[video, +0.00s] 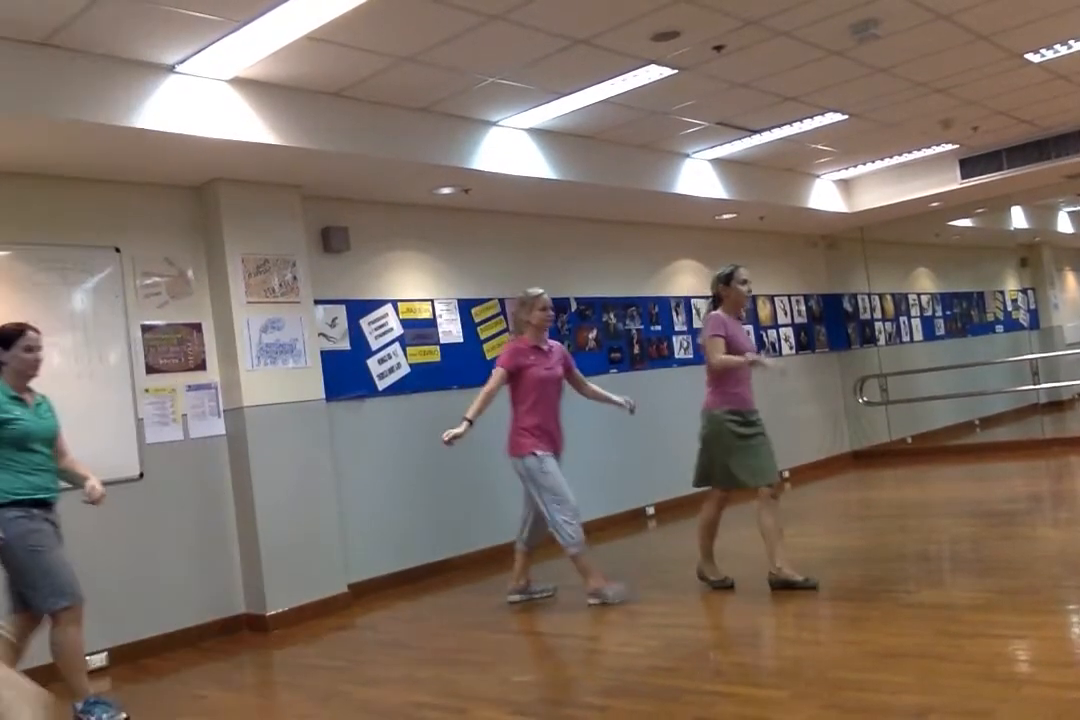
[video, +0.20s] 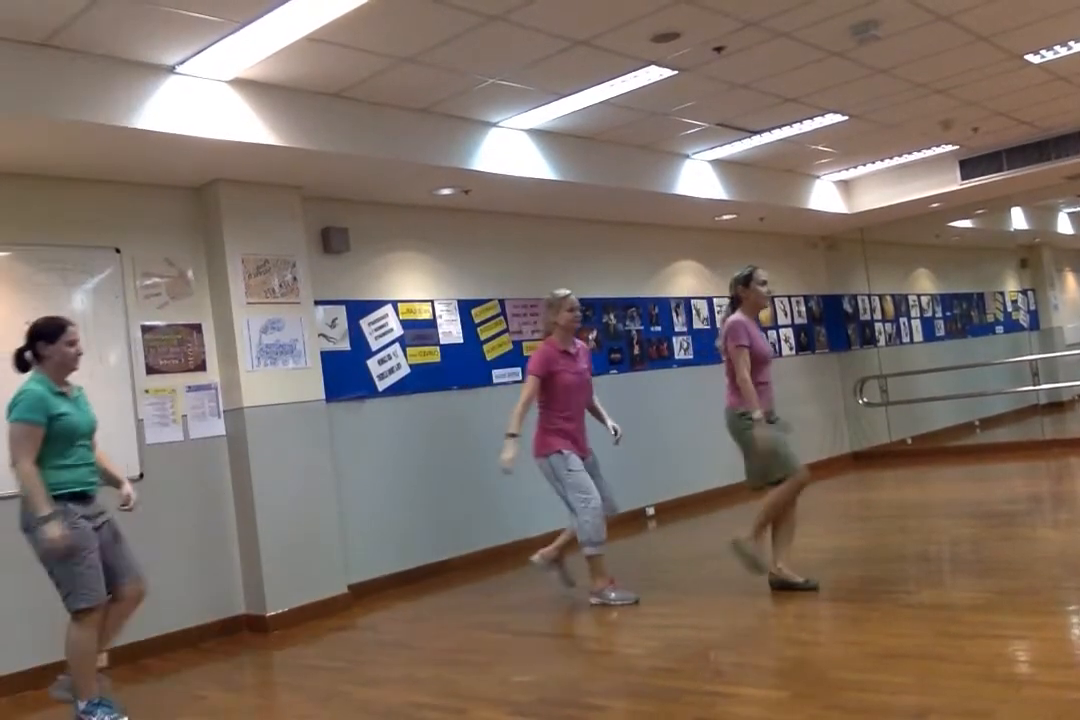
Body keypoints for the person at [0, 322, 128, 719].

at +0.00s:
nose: (37, 357)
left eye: (39, 350)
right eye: (28, 350)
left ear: (40, 355)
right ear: (5, 355)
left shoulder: (42, 403)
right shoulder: (1, 398)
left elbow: (60, 458)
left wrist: (87, 476)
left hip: (44, 511)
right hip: (13, 513)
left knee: (27, 613)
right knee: (67, 604)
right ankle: (85, 702)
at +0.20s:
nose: (78, 350)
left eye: (78, 343)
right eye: (69, 344)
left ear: (73, 348)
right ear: (43, 350)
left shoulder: (74, 391)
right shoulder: (32, 397)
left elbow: (87, 449)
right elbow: (22, 462)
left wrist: (120, 481)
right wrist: (47, 518)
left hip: (89, 505)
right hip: (56, 511)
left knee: (129, 590)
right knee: (88, 608)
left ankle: (77, 673)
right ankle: (87, 704)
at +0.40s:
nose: (109, 344)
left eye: (109, 338)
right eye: (101, 339)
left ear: (101, 344)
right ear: (74, 344)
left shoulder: (111, 388)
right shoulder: (57, 389)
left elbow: (124, 447)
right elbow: (49, 453)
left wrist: (154, 480)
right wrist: (106, 479)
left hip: (126, 500)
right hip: (81, 506)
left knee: (157, 586)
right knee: (98, 602)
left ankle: (189, 674)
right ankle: (88, 702)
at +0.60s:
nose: (134, 347)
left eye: (136, 341)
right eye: (126, 341)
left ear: (137, 344)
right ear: (101, 345)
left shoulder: (146, 389)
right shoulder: (80, 390)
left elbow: (166, 442)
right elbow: (74, 452)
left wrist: (194, 478)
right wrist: (127, 453)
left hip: (154, 497)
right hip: (105, 504)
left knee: (178, 583)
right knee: (127, 594)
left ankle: (190, 675)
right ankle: (123, 685)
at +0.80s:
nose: (124, 352)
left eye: (128, 345)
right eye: (115, 345)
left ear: (133, 349)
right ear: (95, 348)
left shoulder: (138, 390)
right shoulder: (78, 394)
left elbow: (153, 443)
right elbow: (76, 458)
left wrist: (188, 460)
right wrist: (130, 478)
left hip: (149, 498)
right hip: (103, 507)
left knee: (173, 581)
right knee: (127, 595)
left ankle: (190, 673)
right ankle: (127, 682)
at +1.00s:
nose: (115, 352)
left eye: (120, 345)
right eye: (106, 345)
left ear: (127, 348)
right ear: (89, 347)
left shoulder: (137, 388)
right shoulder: (72, 395)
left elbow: (152, 435)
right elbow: (60, 456)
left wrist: (183, 454)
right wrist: (81, 501)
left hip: (144, 497)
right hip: (100, 505)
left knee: (156, 582)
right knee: (116, 596)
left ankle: (126, 645)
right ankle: (122, 682)